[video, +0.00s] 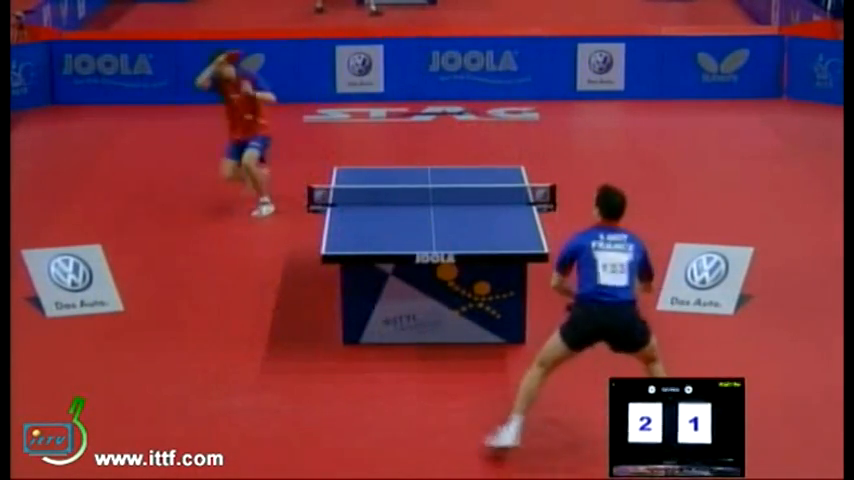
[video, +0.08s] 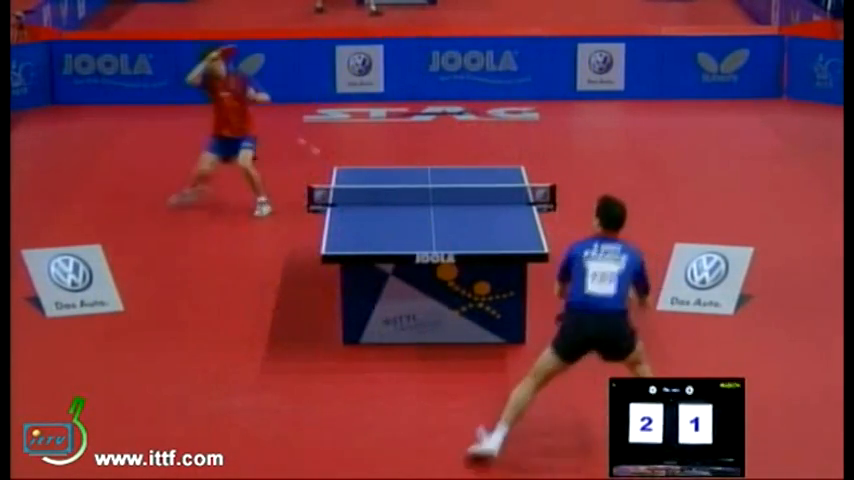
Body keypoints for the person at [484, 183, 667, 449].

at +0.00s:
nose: (595, 208)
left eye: (596, 205)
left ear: (597, 209)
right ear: (623, 211)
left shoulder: (583, 239)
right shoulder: (634, 243)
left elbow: (557, 283)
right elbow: (647, 284)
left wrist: (579, 295)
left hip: (587, 316)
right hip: (624, 317)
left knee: (541, 366)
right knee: (652, 362)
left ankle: (513, 426)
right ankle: (671, 419)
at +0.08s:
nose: (593, 220)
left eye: (595, 216)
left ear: (597, 220)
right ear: (622, 223)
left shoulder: (578, 249)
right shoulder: (633, 255)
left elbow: (561, 290)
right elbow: (644, 299)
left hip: (577, 324)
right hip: (614, 326)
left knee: (534, 379)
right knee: (639, 366)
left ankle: (496, 438)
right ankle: (660, 433)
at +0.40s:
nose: (559, 267)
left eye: (558, 261)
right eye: (558, 262)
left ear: (529, 259)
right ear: (553, 267)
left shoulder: (504, 286)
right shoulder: (541, 303)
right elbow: (554, 351)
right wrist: (589, 350)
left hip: (502, 374)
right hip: (539, 374)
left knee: (472, 399)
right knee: (595, 392)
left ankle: (481, 433)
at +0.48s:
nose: (475, 290)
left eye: (478, 286)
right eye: (476, 286)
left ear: (484, 288)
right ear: (506, 287)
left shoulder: (467, 314)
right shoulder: (514, 311)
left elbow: (447, 348)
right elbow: (541, 333)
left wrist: (466, 305)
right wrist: (558, 299)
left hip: (492, 390)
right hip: (528, 379)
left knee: (450, 398)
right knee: (578, 393)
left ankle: (486, 436)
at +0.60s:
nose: (414, 319)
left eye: (418, 317)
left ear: (424, 327)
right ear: (444, 316)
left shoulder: (436, 362)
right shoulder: (463, 321)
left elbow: (419, 410)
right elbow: (432, 308)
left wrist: (386, 443)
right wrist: (406, 319)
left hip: (489, 412)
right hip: (518, 390)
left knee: (425, 416)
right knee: (537, 387)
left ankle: (482, 444)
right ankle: (583, 420)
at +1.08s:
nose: (262, 291)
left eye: (260, 288)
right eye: (267, 285)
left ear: (263, 293)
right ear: (283, 281)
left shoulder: (291, 323)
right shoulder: (301, 296)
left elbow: (311, 367)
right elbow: (278, 312)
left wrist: (316, 411)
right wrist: (249, 328)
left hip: (347, 374)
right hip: (328, 362)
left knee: (360, 440)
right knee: (269, 389)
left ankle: (433, 434)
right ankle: (282, 444)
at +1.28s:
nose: (196, 270)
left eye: (196, 263)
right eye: (193, 264)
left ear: (211, 256)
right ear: (213, 254)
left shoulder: (246, 276)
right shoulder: (225, 278)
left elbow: (287, 310)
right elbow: (220, 307)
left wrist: (261, 349)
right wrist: (192, 327)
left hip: (282, 342)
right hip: (256, 342)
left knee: (255, 413)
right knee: (240, 397)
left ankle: (319, 432)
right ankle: (280, 441)